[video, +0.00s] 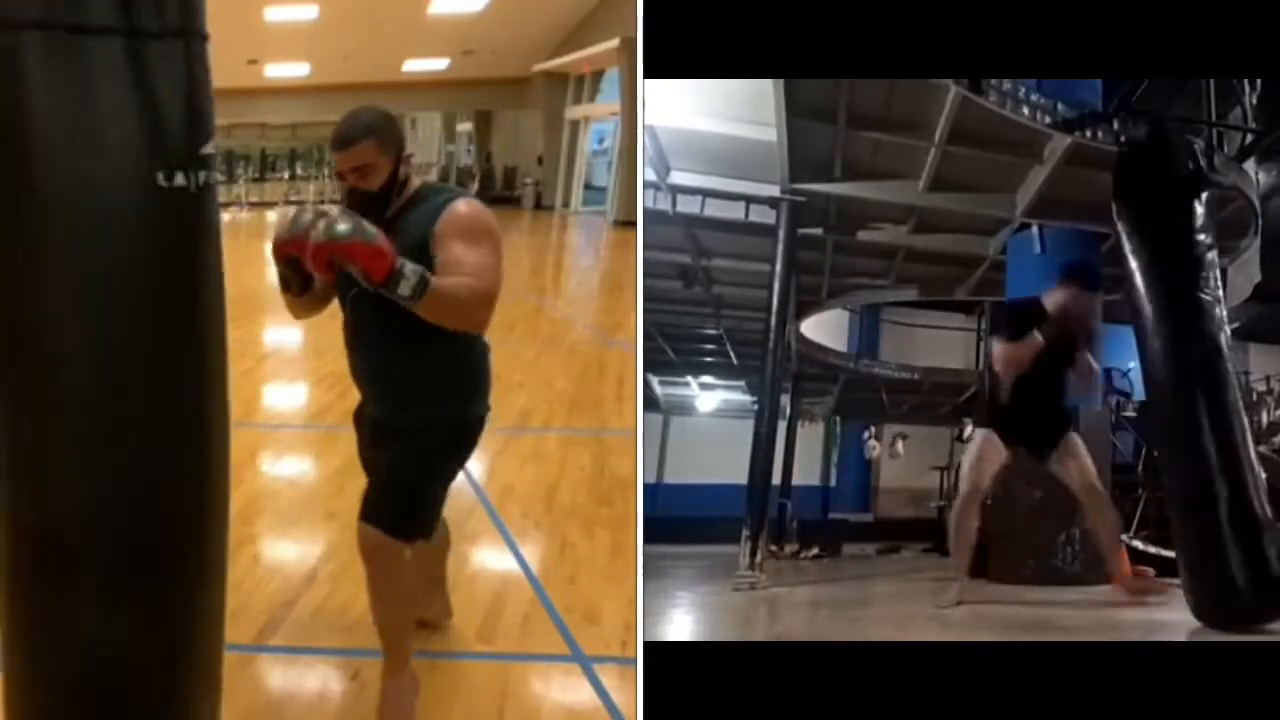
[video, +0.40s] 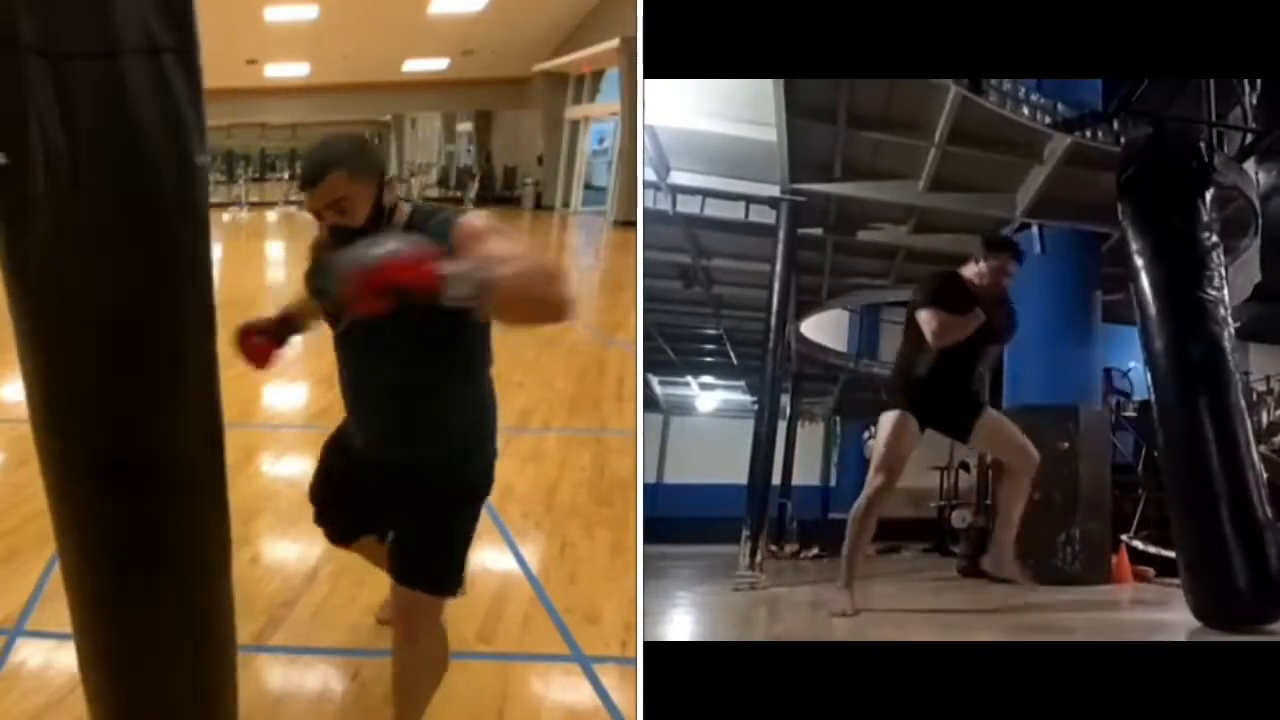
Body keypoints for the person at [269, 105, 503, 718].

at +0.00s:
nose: (350, 187)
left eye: (363, 173)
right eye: (342, 175)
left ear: (399, 163)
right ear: (335, 169)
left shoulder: (457, 216)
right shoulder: (351, 222)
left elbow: (474, 310)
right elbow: (306, 304)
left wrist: (389, 270)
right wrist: (293, 264)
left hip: (441, 409)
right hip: (381, 400)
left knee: (380, 536)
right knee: (417, 516)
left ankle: (397, 677)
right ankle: (432, 605)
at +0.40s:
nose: (329, 223)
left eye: (341, 206)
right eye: (318, 212)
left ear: (377, 188)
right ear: (310, 205)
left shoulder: (444, 233)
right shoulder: (332, 251)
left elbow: (550, 296)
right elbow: (323, 298)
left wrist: (441, 278)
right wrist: (279, 327)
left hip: (446, 448)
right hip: (368, 435)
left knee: (415, 601)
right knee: (340, 520)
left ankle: (406, 712)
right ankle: (415, 580)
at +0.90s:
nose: (352, 193)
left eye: (365, 181)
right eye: (345, 180)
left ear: (405, 172)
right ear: (341, 175)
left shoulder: (460, 238)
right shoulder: (343, 237)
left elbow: (489, 335)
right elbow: (306, 319)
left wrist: (408, 310)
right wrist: (292, 297)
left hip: (419, 420)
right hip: (358, 406)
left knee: (402, 573)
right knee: (379, 500)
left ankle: (399, 710)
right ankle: (389, 586)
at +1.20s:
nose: (334, 186)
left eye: (347, 173)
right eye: (326, 174)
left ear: (382, 164)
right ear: (320, 169)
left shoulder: (439, 223)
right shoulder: (325, 233)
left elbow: (493, 300)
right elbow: (305, 306)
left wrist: (419, 297)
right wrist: (291, 300)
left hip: (412, 401)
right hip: (352, 395)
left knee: (370, 529)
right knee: (377, 503)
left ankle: (359, 672)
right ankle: (387, 590)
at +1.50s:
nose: (322, 196)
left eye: (337, 185)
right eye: (316, 183)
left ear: (373, 176)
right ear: (309, 174)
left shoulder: (421, 242)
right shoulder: (307, 232)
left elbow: (457, 334)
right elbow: (277, 291)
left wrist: (377, 323)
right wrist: (260, 297)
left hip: (385, 415)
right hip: (325, 405)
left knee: (357, 549)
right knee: (348, 509)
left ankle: (339, 686)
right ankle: (384, 585)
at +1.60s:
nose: (319, 201)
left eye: (333, 188)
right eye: (311, 186)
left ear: (370, 178)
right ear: (304, 176)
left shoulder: (414, 237)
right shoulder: (304, 228)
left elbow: (424, 339)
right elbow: (243, 294)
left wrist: (365, 282)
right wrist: (239, 260)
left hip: (379, 420)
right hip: (317, 408)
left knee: (353, 557)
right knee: (333, 503)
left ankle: (339, 686)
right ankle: (376, 574)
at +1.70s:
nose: (319, 184)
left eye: (330, 172)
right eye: (311, 172)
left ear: (358, 175)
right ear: (296, 179)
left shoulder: (406, 234)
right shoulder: (292, 223)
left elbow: (390, 335)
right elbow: (231, 279)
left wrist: (351, 244)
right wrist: (235, 223)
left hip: (369, 427)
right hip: (306, 407)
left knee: (354, 565)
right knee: (320, 502)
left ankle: (338, 681)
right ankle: (349, 570)